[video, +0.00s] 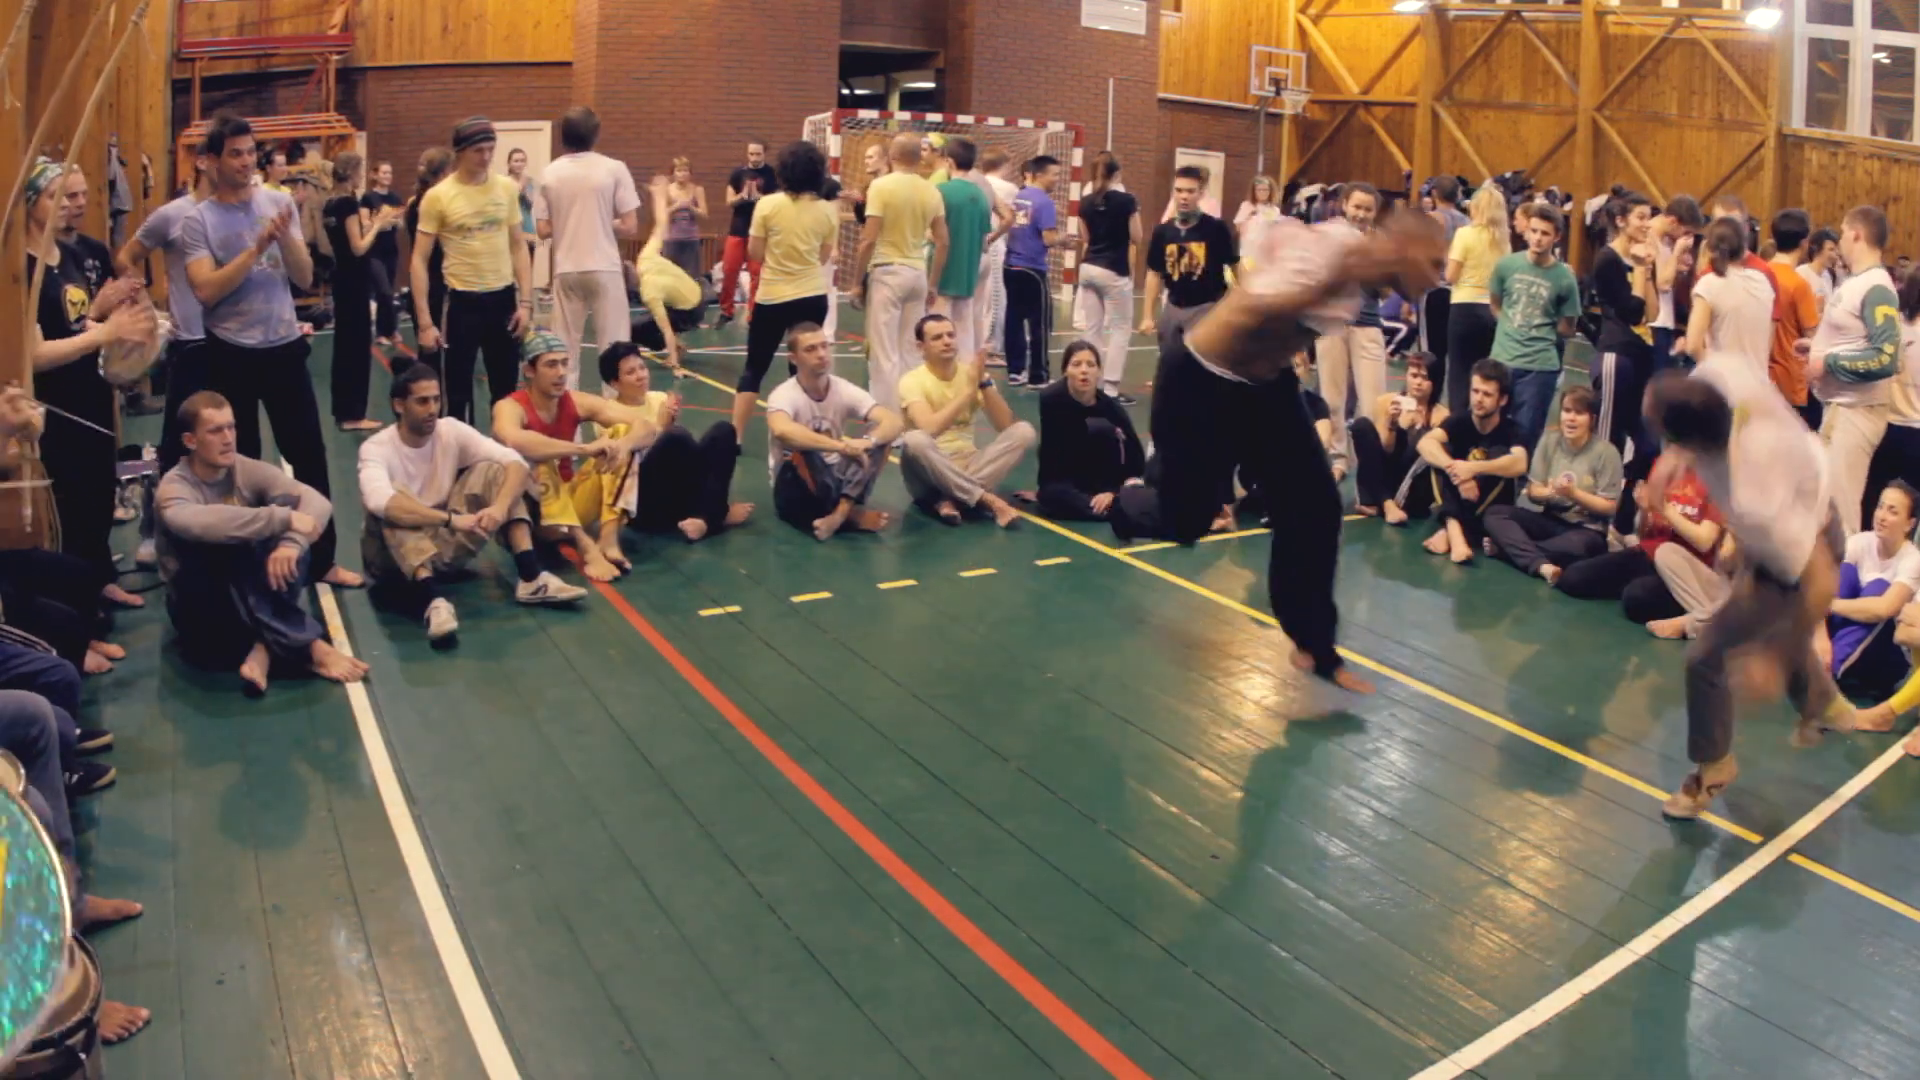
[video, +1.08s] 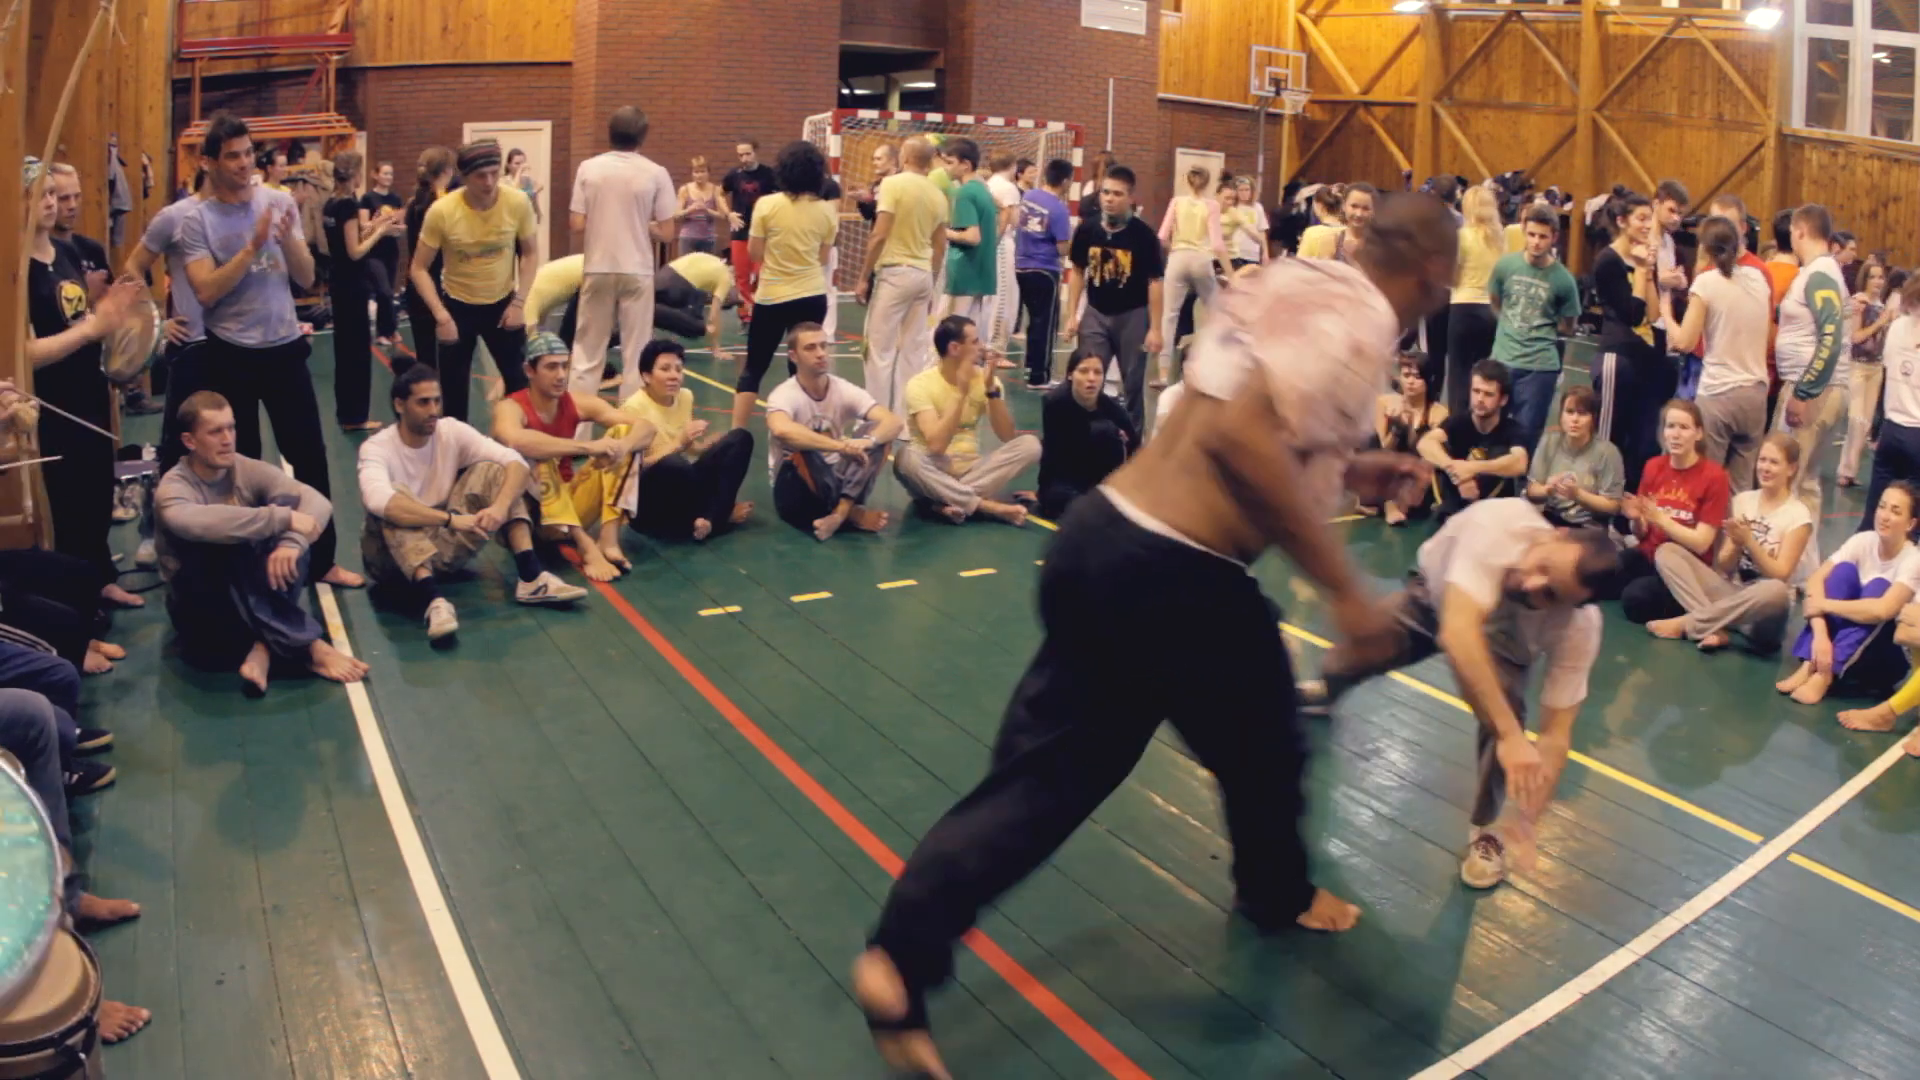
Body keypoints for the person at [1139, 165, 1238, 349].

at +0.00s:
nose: (1183, 197)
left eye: (1190, 191)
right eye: (1179, 191)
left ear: (1201, 194)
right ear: (1173, 193)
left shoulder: (1217, 229)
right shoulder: (1162, 232)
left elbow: (1236, 267)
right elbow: (1153, 274)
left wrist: (1246, 302)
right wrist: (1147, 316)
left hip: (1207, 310)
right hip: (1172, 309)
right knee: (1169, 370)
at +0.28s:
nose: (1157, 198)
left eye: (1163, 192)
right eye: (1153, 192)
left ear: (1177, 195)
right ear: (1147, 194)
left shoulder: (1195, 231)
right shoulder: (1140, 233)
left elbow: (1212, 271)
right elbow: (1130, 273)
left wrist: (1222, 313)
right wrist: (1119, 315)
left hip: (1182, 311)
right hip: (1151, 311)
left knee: (1163, 374)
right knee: (1158, 373)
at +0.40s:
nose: (1152, 198)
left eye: (1160, 192)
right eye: (1149, 191)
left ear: (1174, 196)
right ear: (1144, 194)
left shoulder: (1188, 235)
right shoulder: (1134, 230)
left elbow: (1201, 281)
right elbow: (1125, 270)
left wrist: (1202, 325)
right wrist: (1114, 309)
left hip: (1169, 311)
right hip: (1140, 310)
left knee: (1150, 376)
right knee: (1147, 374)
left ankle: (1140, 438)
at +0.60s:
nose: (1148, 198)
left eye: (1156, 193)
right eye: (1145, 191)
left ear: (1170, 199)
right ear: (1140, 192)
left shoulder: (1177, 237)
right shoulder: (1129, 222)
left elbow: (1182, 283)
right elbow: (1115, 261)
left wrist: (1169, 323)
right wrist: (1104, 301)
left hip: (1152, 314)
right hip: (1123, 309)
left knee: (1140, 383)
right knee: (1116, 372)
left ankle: (1135, 440)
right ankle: (1133, 423)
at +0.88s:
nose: (1133, 198)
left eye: (1141, 193)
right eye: (1130, 191)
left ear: (1154, 197)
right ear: (1124, 192)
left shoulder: (1163, 236)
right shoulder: (1107, 223)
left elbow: (1168, 281)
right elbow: (1098, 264)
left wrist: (1143, 314)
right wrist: (1083, 304)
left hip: (1141, 316)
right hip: (1107, 310)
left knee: (1135, 383)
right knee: (1096, 375)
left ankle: (1133, 436)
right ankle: (1091, 431)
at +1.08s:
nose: (1110, 199)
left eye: (1117, 194)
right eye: (1106, 192)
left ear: (1131, 198)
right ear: (1099, 195)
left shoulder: (1145, 236)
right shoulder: (1087, 230)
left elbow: (1155, 281)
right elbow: (1077, 271)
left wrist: (1155, 328)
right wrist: (1071, 314)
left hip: (1132, 316)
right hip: (1095, 314)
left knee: (1132, 383)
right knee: (1087, 379)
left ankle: (1133, 439)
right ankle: (1083, 436)